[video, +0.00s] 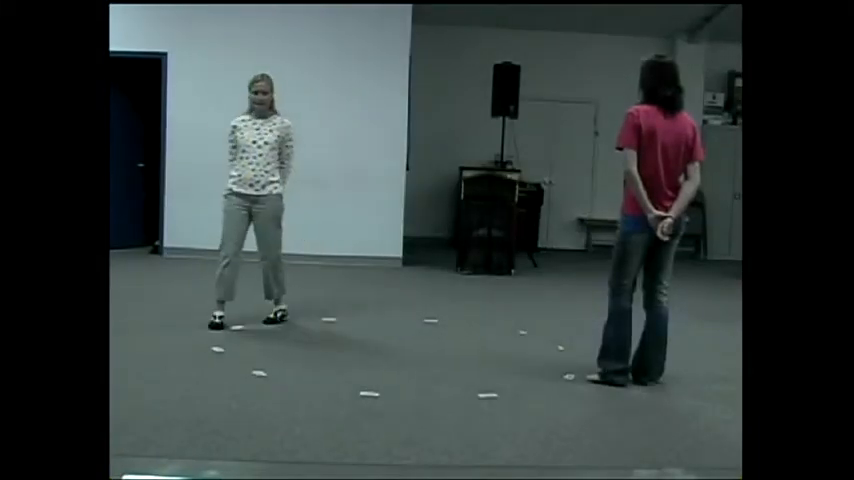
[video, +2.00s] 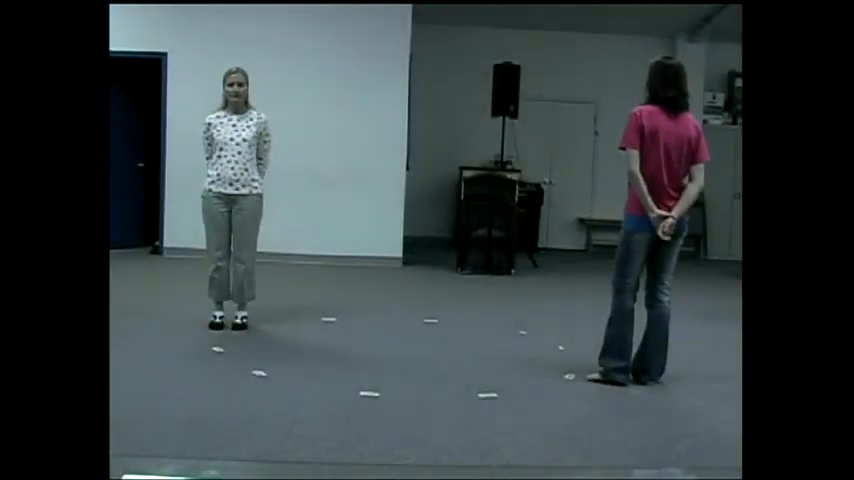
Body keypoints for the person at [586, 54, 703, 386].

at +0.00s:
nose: (641, 86)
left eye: (642, 80)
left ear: (646, 84)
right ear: (676, 85)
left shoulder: (637, 116)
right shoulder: (688, 124)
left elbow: (630, 168)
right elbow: (693, 178)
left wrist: (650, 210)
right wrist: (673, 216)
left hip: (638, 219)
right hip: (671, 220)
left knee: (622, 290)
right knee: (658, 292)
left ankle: (614, 368)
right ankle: (649, 370)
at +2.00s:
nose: (649, 85)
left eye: (651, 79)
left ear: (653, 84)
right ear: (683, 86)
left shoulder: (641, 116)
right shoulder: (692, 126)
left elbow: (633, 169)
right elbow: (697, 180)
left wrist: (652, 210)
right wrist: (674, 216)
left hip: (641, 218)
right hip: (674, 220)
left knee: (625, 291)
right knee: (660, 293)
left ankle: (615, 368)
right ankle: (649, 370)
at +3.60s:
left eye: (608, 85)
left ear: (606, 88)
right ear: (634, 90)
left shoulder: (594, 120)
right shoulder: (644, 126)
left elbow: (588, 163)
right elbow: (649, 173)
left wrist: (606, 201)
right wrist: (628, 207)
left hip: (600, 208)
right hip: (631, 210)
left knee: (606, 276)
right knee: (614, 273)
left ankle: (606, 351)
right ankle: (611, 341)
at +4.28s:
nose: (577, 97)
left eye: (579, 92)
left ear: (579, 95)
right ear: (605, 96)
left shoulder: (572, 125)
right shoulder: (616, 128)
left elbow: (571, 168)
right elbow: (622, 170)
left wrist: (588, 201)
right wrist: (607, 202)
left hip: (579, 207)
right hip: (608, 207)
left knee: (571, 265)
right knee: (603, 271)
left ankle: (574, 325)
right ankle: (595, 331)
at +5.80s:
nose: (548, 96)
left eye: (551, 92)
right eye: (550, 91)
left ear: (558, 97)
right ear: (574, 98)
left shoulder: (552, 121)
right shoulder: (583, 126)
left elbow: (558, 158)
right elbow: (592, 164)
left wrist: (576, 189)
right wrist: (588, 191)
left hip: (559, 198)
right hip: (577, 198)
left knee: (571, 260)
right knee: (555, 256)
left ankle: (581, 322)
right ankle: (549, 314)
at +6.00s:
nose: (537, 98)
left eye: (540, 94)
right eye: (539, 93)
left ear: (547, 98)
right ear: (562, 100)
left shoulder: (541, 124)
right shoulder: (569, 128)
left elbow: (548, 161)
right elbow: (576, 167)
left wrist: (563, 191)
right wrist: (574, 194)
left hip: (546, 199)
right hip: (563, 199)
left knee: (560, 258)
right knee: (543, 257)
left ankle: (578, 316)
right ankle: (529, 312)